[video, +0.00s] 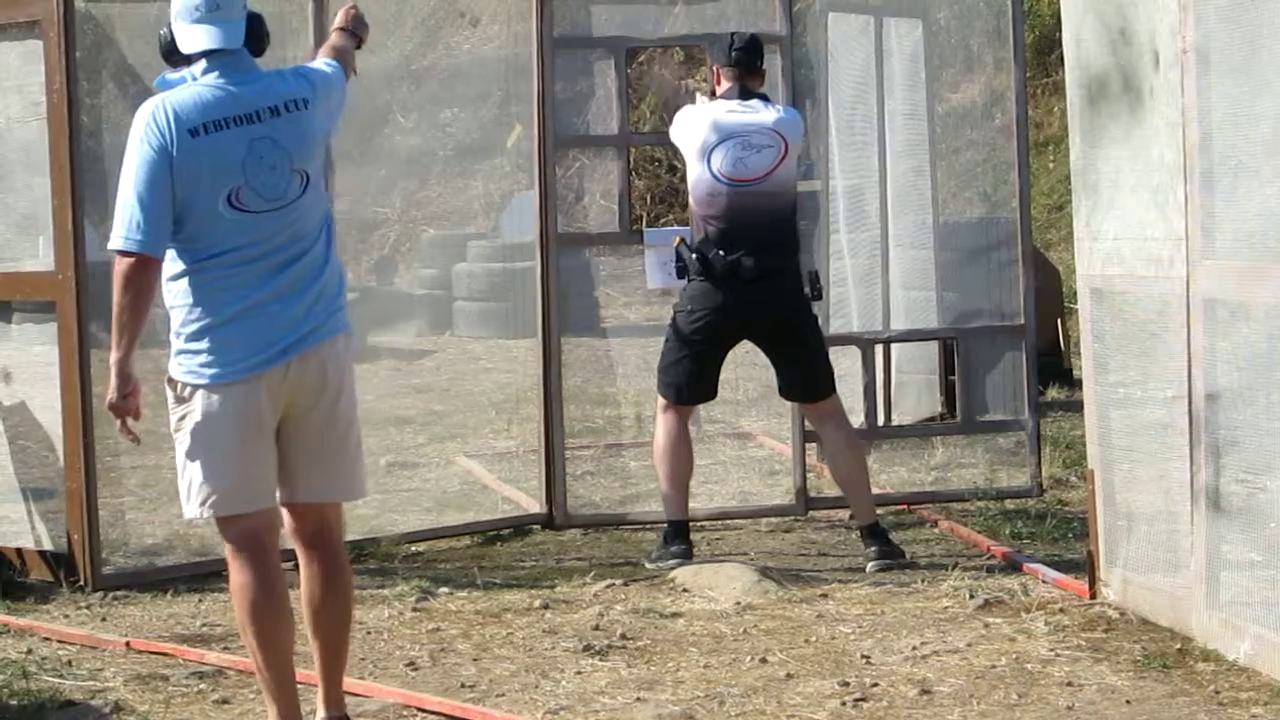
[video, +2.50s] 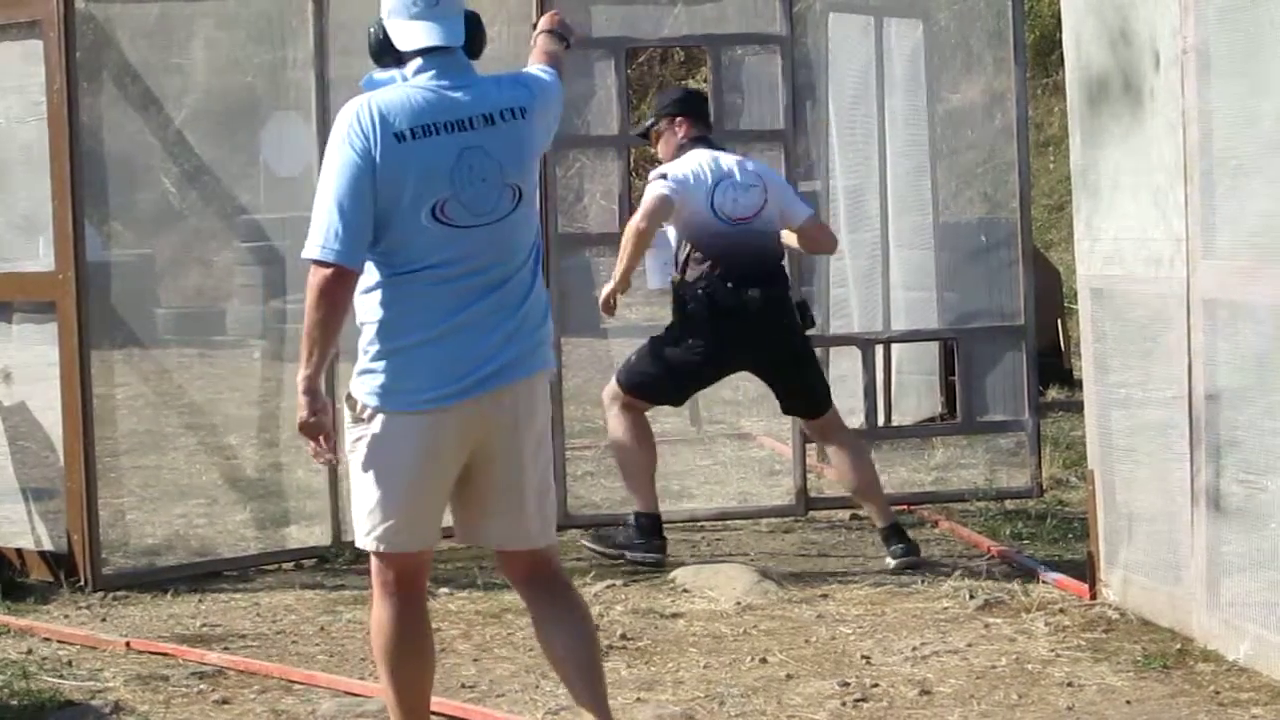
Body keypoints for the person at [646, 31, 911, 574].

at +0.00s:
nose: (714, 83)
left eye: (712, 75)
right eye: (729, 74)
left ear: (717, 78)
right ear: (762, 76)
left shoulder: (690, 122)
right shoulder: (791, 122)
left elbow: (692, 123)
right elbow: (759, 124)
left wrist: (713, 100)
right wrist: (731, 98)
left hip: (710, 296)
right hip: (781, 294)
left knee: (673, 408)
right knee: (828, 414)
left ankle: (675, 538)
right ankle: (875, 536)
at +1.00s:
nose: (761, 85)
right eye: (762, 77)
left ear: (713, 79)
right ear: (761, 78)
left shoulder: (682, 128)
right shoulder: (781, 119)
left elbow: (709, 168)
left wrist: (727, 101)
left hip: (708, 296)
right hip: (777, 292)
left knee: (683, 414)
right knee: (830, 412)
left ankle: (679, 539)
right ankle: (867, 534)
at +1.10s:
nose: (771, 84)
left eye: (768, 78)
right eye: (769, 77)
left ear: (716, 78)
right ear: (762, 79)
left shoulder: (685, 128)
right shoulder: (774, 118)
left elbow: (734, 151)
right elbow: (815, 133)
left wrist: (800, 126)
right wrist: (819, 117)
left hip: (705, 295)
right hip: (773, 293)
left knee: (695, 416)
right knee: (833, 410)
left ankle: (681, 538)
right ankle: (865, 536)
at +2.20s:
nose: (791, 93)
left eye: (788, 86)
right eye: (791, 86)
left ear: (738, 85)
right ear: (783, 84)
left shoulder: (705, 134)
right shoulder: (786, 130)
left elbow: (762, 181)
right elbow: (847, 185)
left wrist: (827, 147)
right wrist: (854, 146)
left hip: (711, 298)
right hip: (777, 296)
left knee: (703, 420)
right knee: (837, 413)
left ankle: (679, 540)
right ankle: (883, 533)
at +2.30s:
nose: (732, 115)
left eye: (733, 109)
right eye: (740, 109)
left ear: (741, 109)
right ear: (785, 108)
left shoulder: (710, 163)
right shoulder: (806, 151)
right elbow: (866, 222)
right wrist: (850, 180)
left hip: (724, 309)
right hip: (793, 308)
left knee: (690, 413)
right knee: (846, 420)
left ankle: (681, 535)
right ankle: (895, 538)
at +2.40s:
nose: (707, 140)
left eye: (709, 131)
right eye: (707, 132)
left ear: (726, 128)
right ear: (759, 129)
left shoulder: (703, 178)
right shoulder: (804, 173)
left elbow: (668, 265)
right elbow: (863, 246)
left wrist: (682, 297)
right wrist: (829, 212)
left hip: (727, 327)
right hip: (798, 327)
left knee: (663, 406)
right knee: (847, 427)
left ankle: (677, 532)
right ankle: (894, 537)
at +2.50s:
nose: (655, 147)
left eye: (658, 135)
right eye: (654, 137)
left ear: (680, 127)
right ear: (703, 129)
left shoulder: (673, 172)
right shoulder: (761, 173)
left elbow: (647, 217)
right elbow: (823, 241)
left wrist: (618, 280)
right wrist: (776, 233)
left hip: (711, 329)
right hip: (778, 329)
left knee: (620, 400)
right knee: (831, 430)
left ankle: (646, 529)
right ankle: (894, 536)